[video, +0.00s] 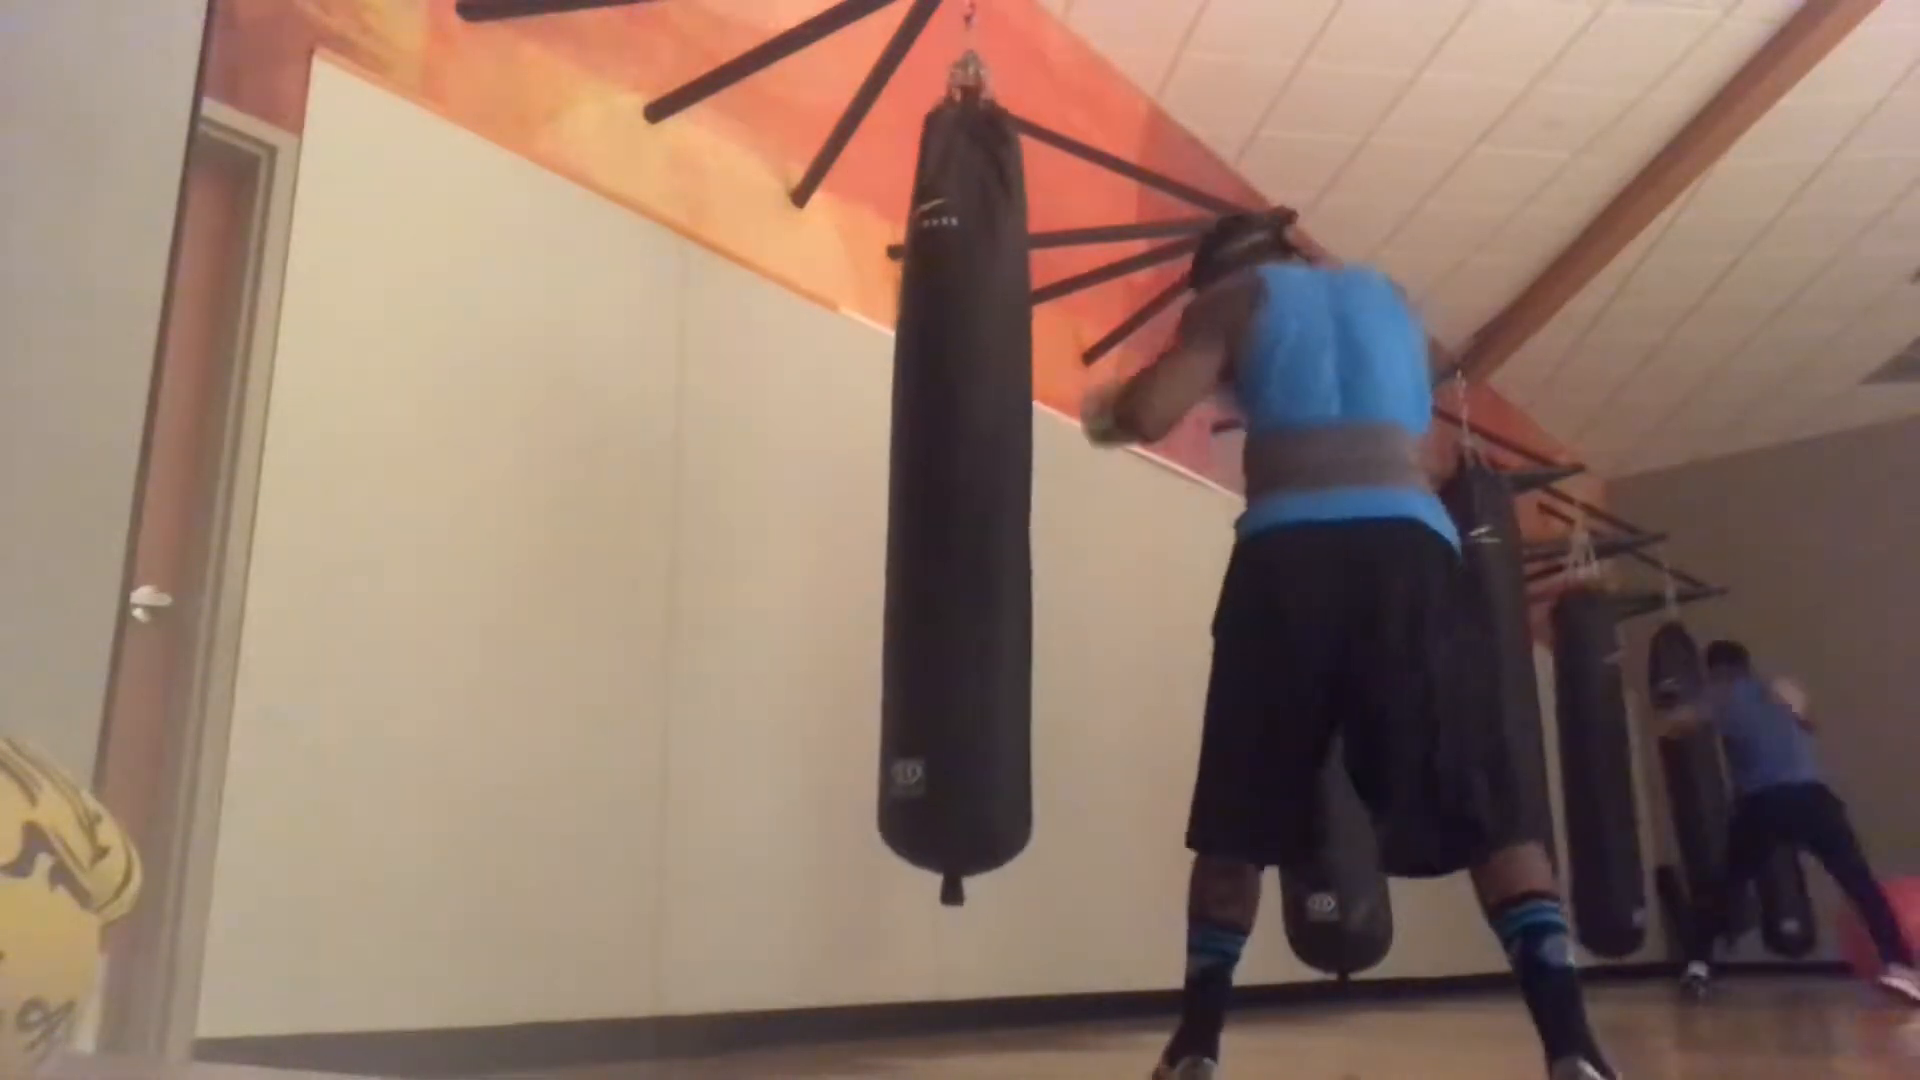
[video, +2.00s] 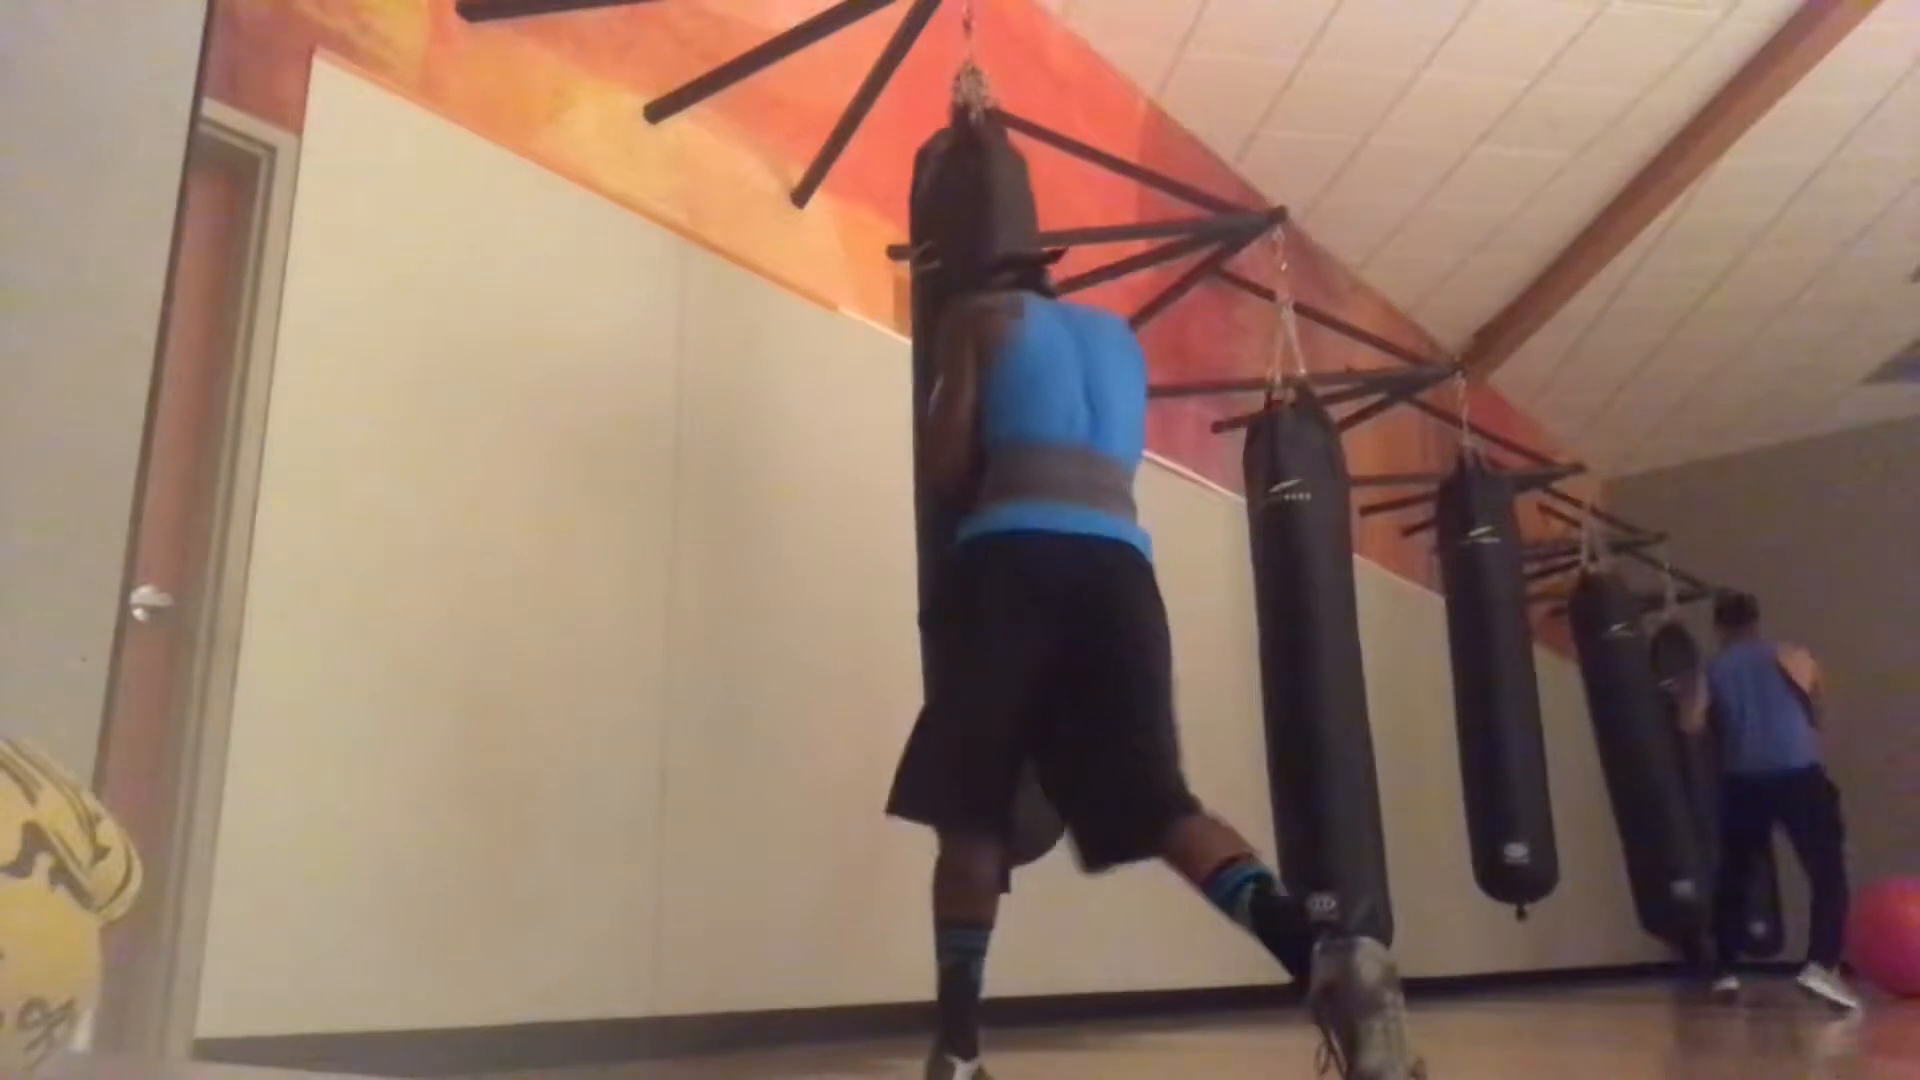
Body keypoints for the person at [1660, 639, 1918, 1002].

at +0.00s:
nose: (1713, 679)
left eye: (1712, 672)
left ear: (1712, 671)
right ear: (1746, 665)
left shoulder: (1717, 699)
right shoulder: (1776, 690)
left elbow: (1672, 724)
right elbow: (1808, 722)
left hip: (1760, 803)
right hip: (1810, 795)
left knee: (1729, 882)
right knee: (1858, 880)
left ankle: (1700, 962)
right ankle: (1897, 961)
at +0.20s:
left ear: (1680, 677)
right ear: (1716, 669)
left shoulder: (1676, 711)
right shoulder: (1745, 692)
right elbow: (1771, 724)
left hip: (1727, 800)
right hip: (1780, 788)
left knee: (1712, 879)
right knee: (1819, 866)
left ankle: (1695, 971)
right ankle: (1842, 952)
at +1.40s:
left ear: (1685, 657)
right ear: (1720, 649)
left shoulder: (1684, 696)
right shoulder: (1754, 674)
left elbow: (1673, 756)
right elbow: (1779, 712)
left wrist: (1686, 803)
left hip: (1736, 794)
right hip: (1790, 785)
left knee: (1728, 883)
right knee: (1829, 875)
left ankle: (1712, 975)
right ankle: (1850, 966)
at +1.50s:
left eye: (1670, 660)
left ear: (1678, 656)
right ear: (1715, 643)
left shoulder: (1686, 687)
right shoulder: (1743, 665)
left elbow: (1634, 718)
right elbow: (1789, 676)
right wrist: (1765, 664)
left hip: (1736, 783)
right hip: (1781, 774)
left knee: (1738, 871)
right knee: (1816, 864)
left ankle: (1713, 966)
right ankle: (1843, 962)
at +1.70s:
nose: (1726, 651)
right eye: (1724, 645)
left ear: (1686, 650)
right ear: (1721, 644)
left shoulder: (1677, 691)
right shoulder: (1741, 670)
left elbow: (1632, 722)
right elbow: (1775, 695)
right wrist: (1782, 718)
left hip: (1731, 793)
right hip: (1780, 783)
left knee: (1722, 882)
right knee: (1821, 866)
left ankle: (1707, 977)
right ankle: (1829, 955)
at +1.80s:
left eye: (1711, 644)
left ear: (1702, 648)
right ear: (1739, 643)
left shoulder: (1692, 687)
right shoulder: (1775, 677)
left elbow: (1669, 740)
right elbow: (1797, 735)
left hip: (1729, 799)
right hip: (1785, 792)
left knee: (1721, 886)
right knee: (1828, 878)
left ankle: (1708, 980)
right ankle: (1823, 956)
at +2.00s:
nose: (1731, 632)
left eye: (1725, 625)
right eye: (1740, 622)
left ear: (1719, 627)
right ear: (1757, 621)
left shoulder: (1711, 671)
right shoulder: (1789, 655)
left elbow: (1692, 723)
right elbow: (1816, 707)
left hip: (1744, 782)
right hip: (1799, 777)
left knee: (1734, 872)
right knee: (1827, 873)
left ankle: (1727, 969)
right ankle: (1821, 964)